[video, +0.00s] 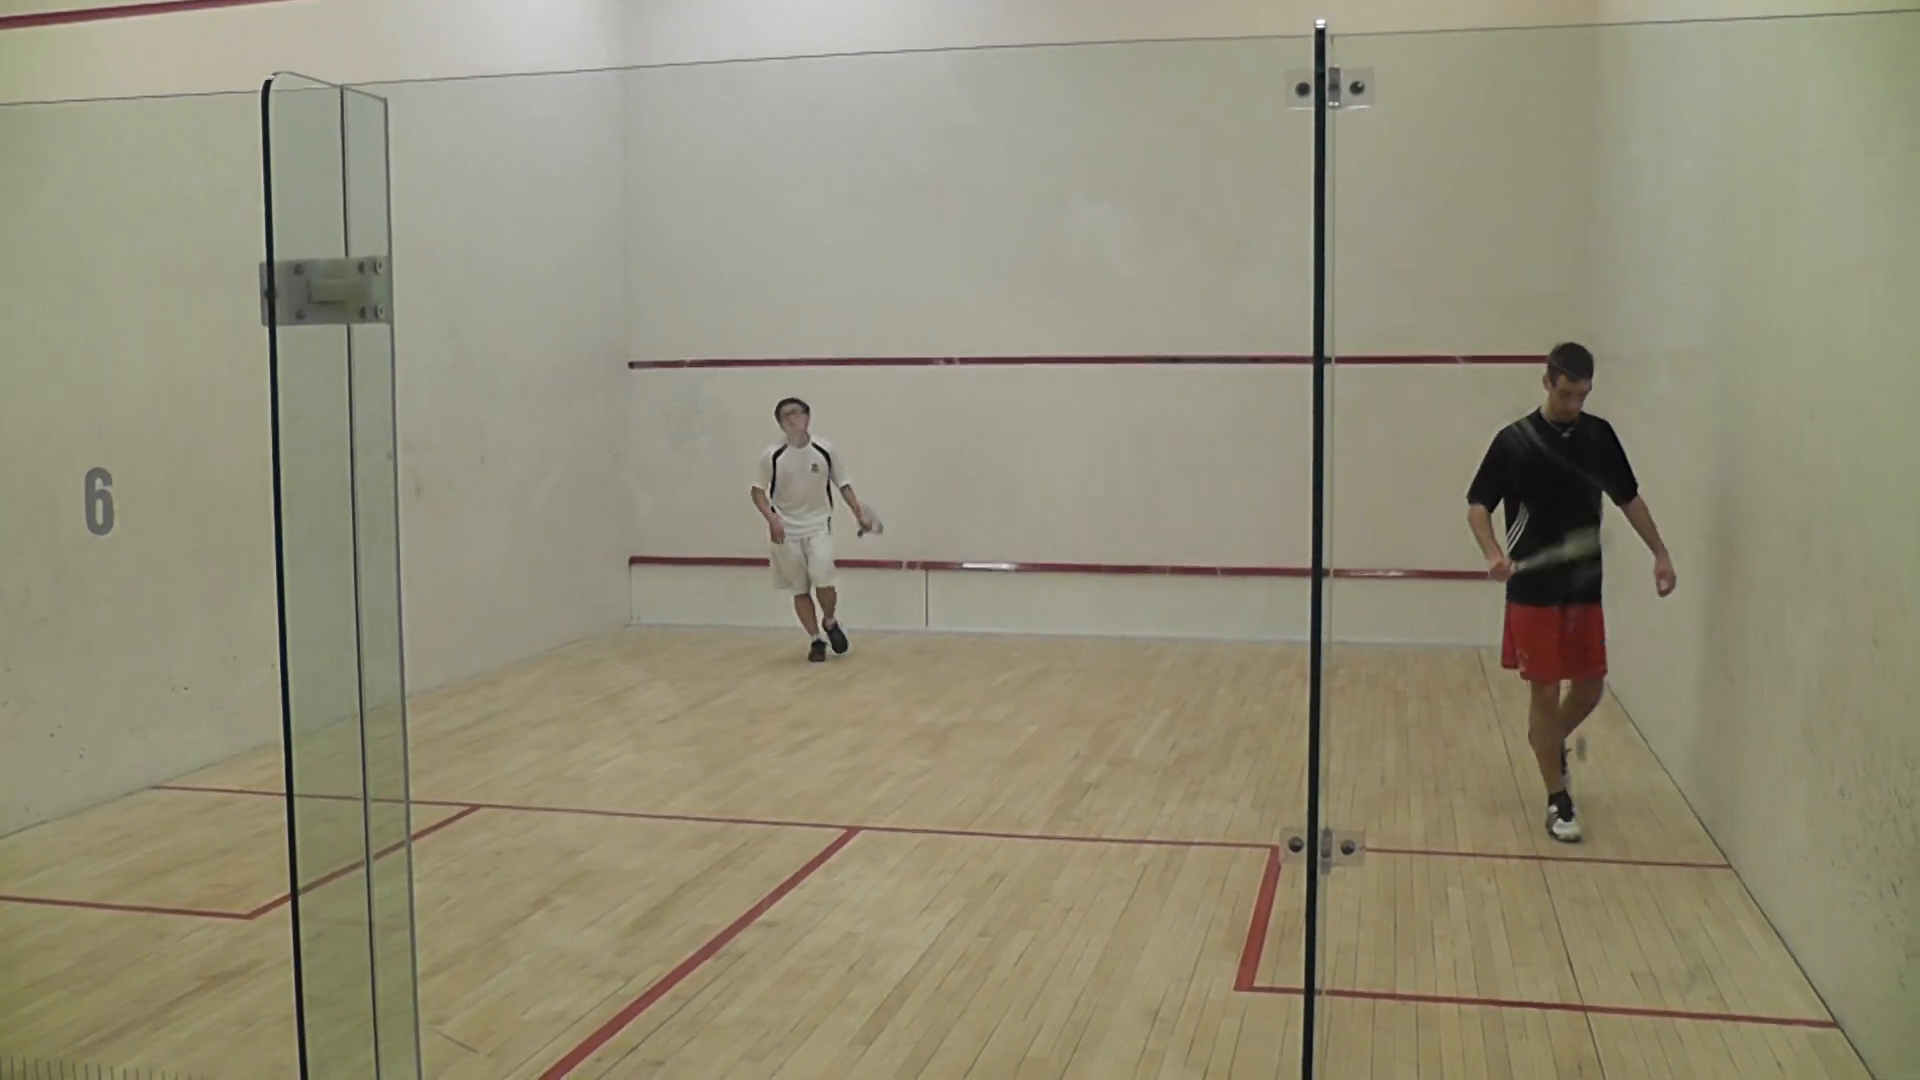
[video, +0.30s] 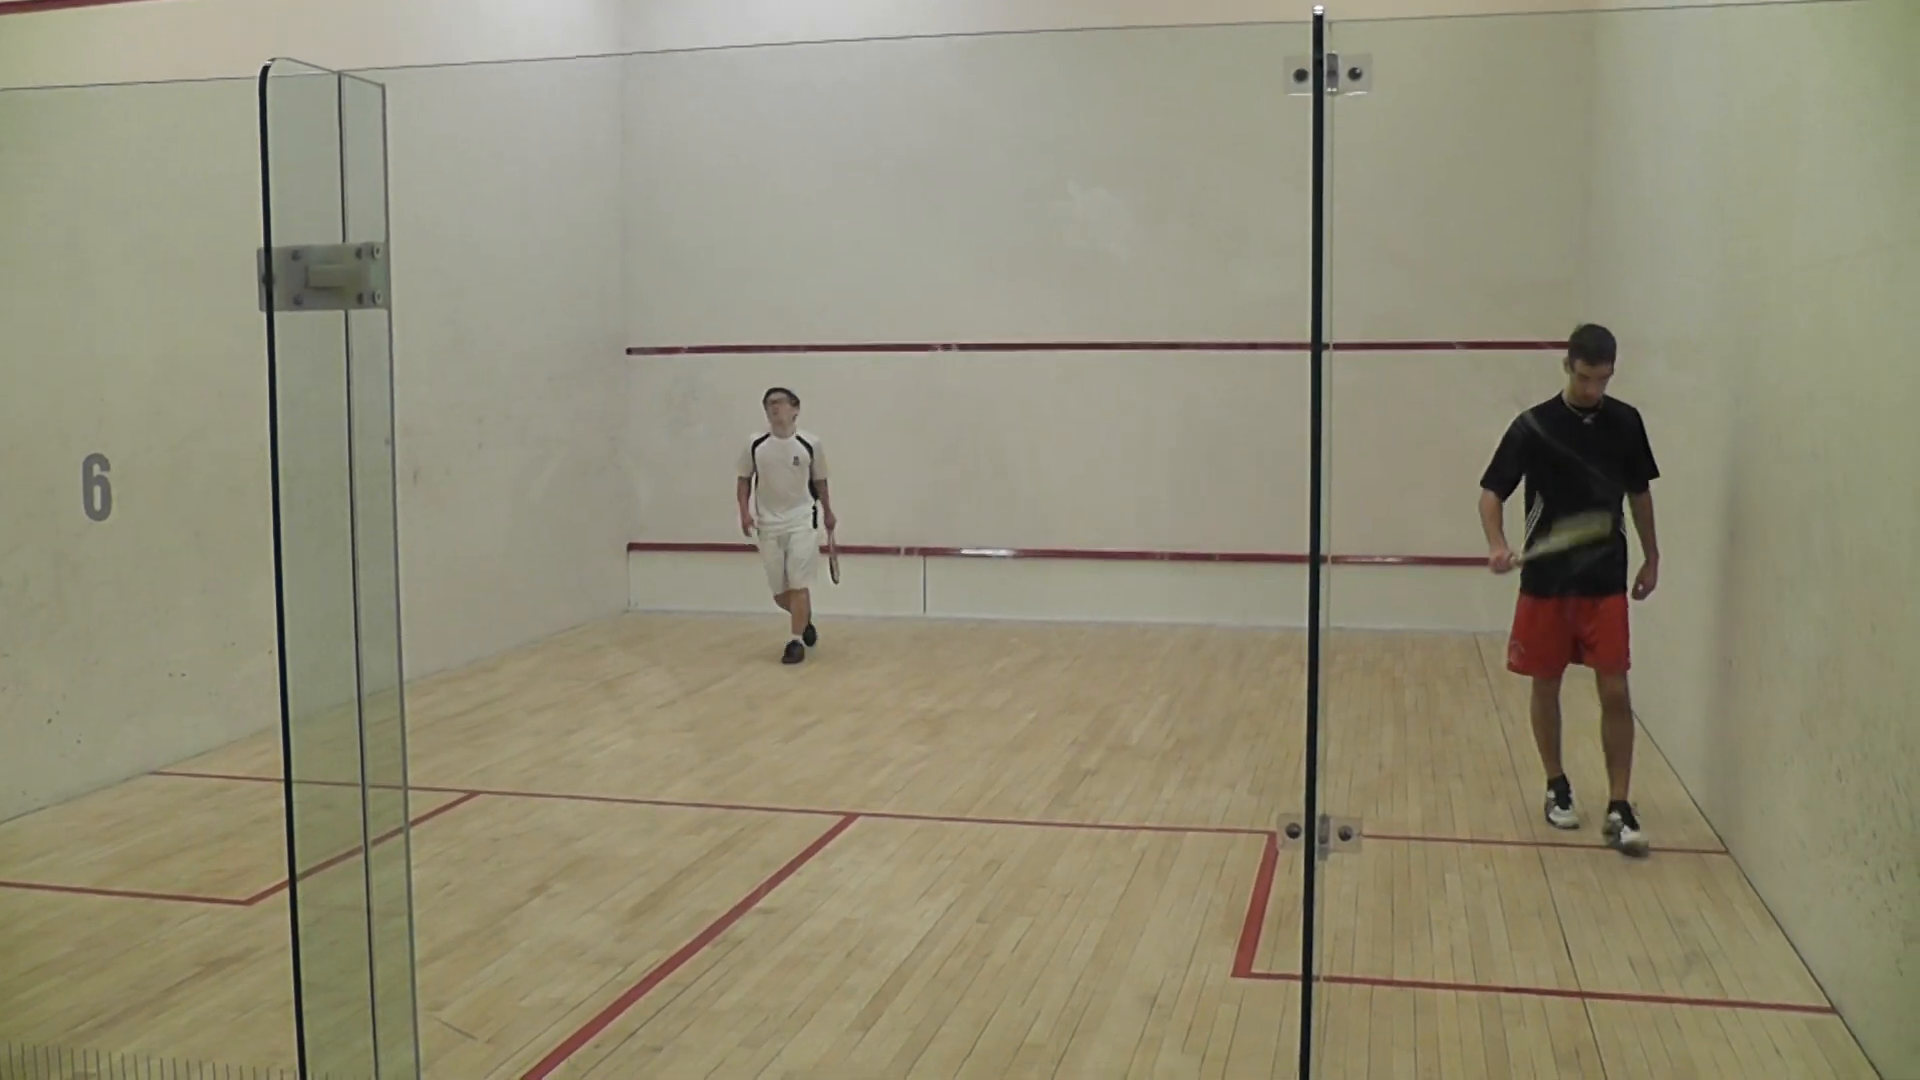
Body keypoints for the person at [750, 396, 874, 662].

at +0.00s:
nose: (792, 419)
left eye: (796, 414)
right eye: (786, 416)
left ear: (807, 418)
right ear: (780, 423)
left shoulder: (824, 451)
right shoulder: (771, 457)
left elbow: (844, 485)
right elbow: (758, 491)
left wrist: (859, 512)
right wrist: (772, 519)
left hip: (818, 527)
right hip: (786, 530)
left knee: (823, 579)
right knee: (800, 588)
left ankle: (830, 622)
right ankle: (815, 639)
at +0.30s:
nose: (775, 408)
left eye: (781, 403)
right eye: (771, 405)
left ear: (795, 410)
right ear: (766, 412)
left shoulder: (810, 445)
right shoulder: (754, 446)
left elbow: (821, 483)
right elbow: (744, 479)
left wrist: (828, 512)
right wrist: (744, 512)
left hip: (802, 521)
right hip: (768, 523)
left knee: (798, 582)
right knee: (780, 594)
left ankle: (796, 639)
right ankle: (802, 617)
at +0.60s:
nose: (740, 402)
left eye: (747, 397)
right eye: (737, 398)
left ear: (763, 403)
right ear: (733, 404)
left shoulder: (776, 435)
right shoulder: (726, 440)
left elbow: (798, 467)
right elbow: (722, 472)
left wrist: (802, 499)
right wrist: (713, 504)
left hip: (777, 521)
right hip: (740, 521)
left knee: (786, 581)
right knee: (734, 580)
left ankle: (792, 633)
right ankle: (728, 643)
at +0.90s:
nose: (695, 401)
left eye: (701, 395)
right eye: (692, 395)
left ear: (719, 399)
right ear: (688, 400)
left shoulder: (735, 434)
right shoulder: (682, 441)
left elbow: (753, 475)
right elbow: (677, 483)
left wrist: (747, 509)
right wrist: (672, 525)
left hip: (723, 516)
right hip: (691, 517)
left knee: (718, 584)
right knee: (702, 588)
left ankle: (739, 630)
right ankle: (720, 646)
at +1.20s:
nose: (646, 409)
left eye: (654, 403)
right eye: (643, 403)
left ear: (670, 408)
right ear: (638, 408)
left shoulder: (683, 448)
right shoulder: (632, 448)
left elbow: (698, 494)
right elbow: (622, 485)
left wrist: (709, 530)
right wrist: (617, 511)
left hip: (671, 531)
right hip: (640, 532)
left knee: (661, 595)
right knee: (653, 596)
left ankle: (654, 665)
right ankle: (699, 634)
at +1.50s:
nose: (586, 404)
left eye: (593, 397)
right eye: (583, 398)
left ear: (613, 402)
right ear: (580, 402)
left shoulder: (625, 434)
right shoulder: (580, 443)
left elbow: (640, 481)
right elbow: (579, 488)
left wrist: (637, 523)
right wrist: (576, 523)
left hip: (625, 536)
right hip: (589, 535)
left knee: (641, 600)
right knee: (574, 596)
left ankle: (650, 661)